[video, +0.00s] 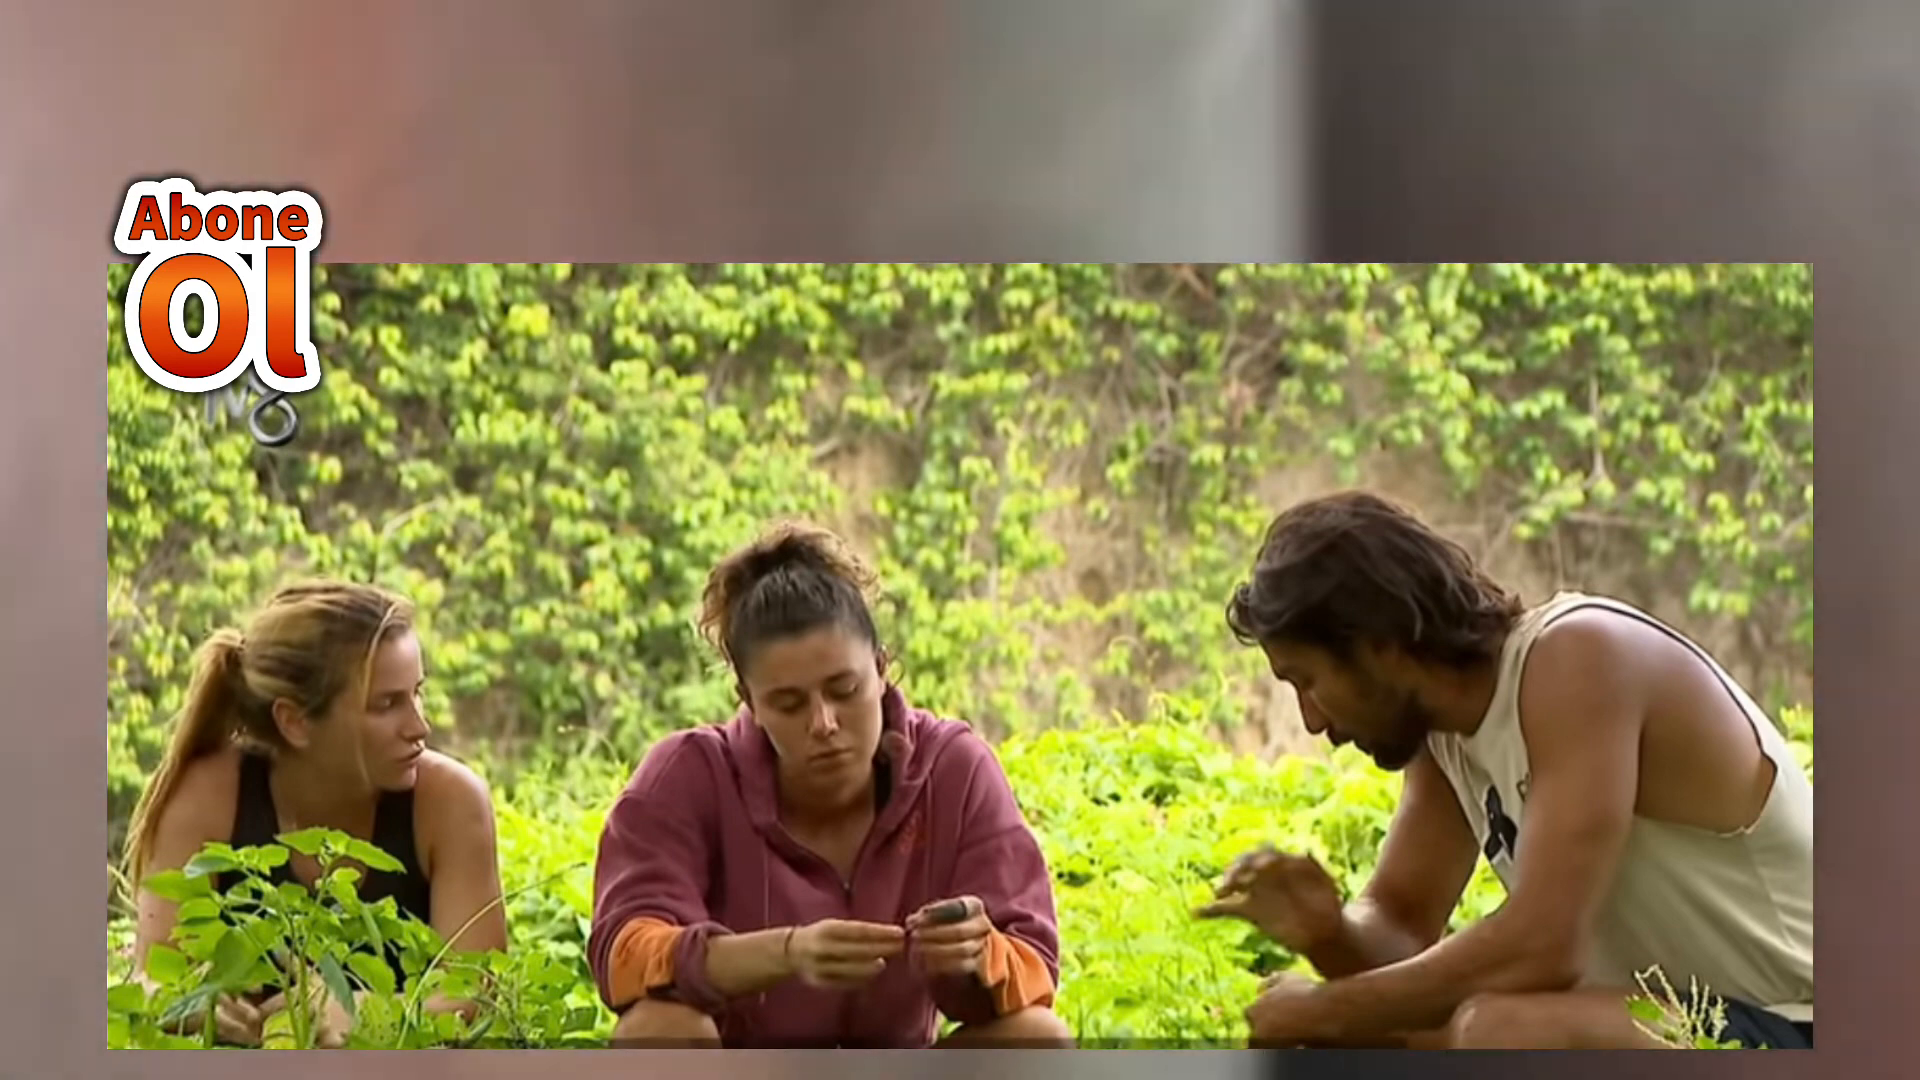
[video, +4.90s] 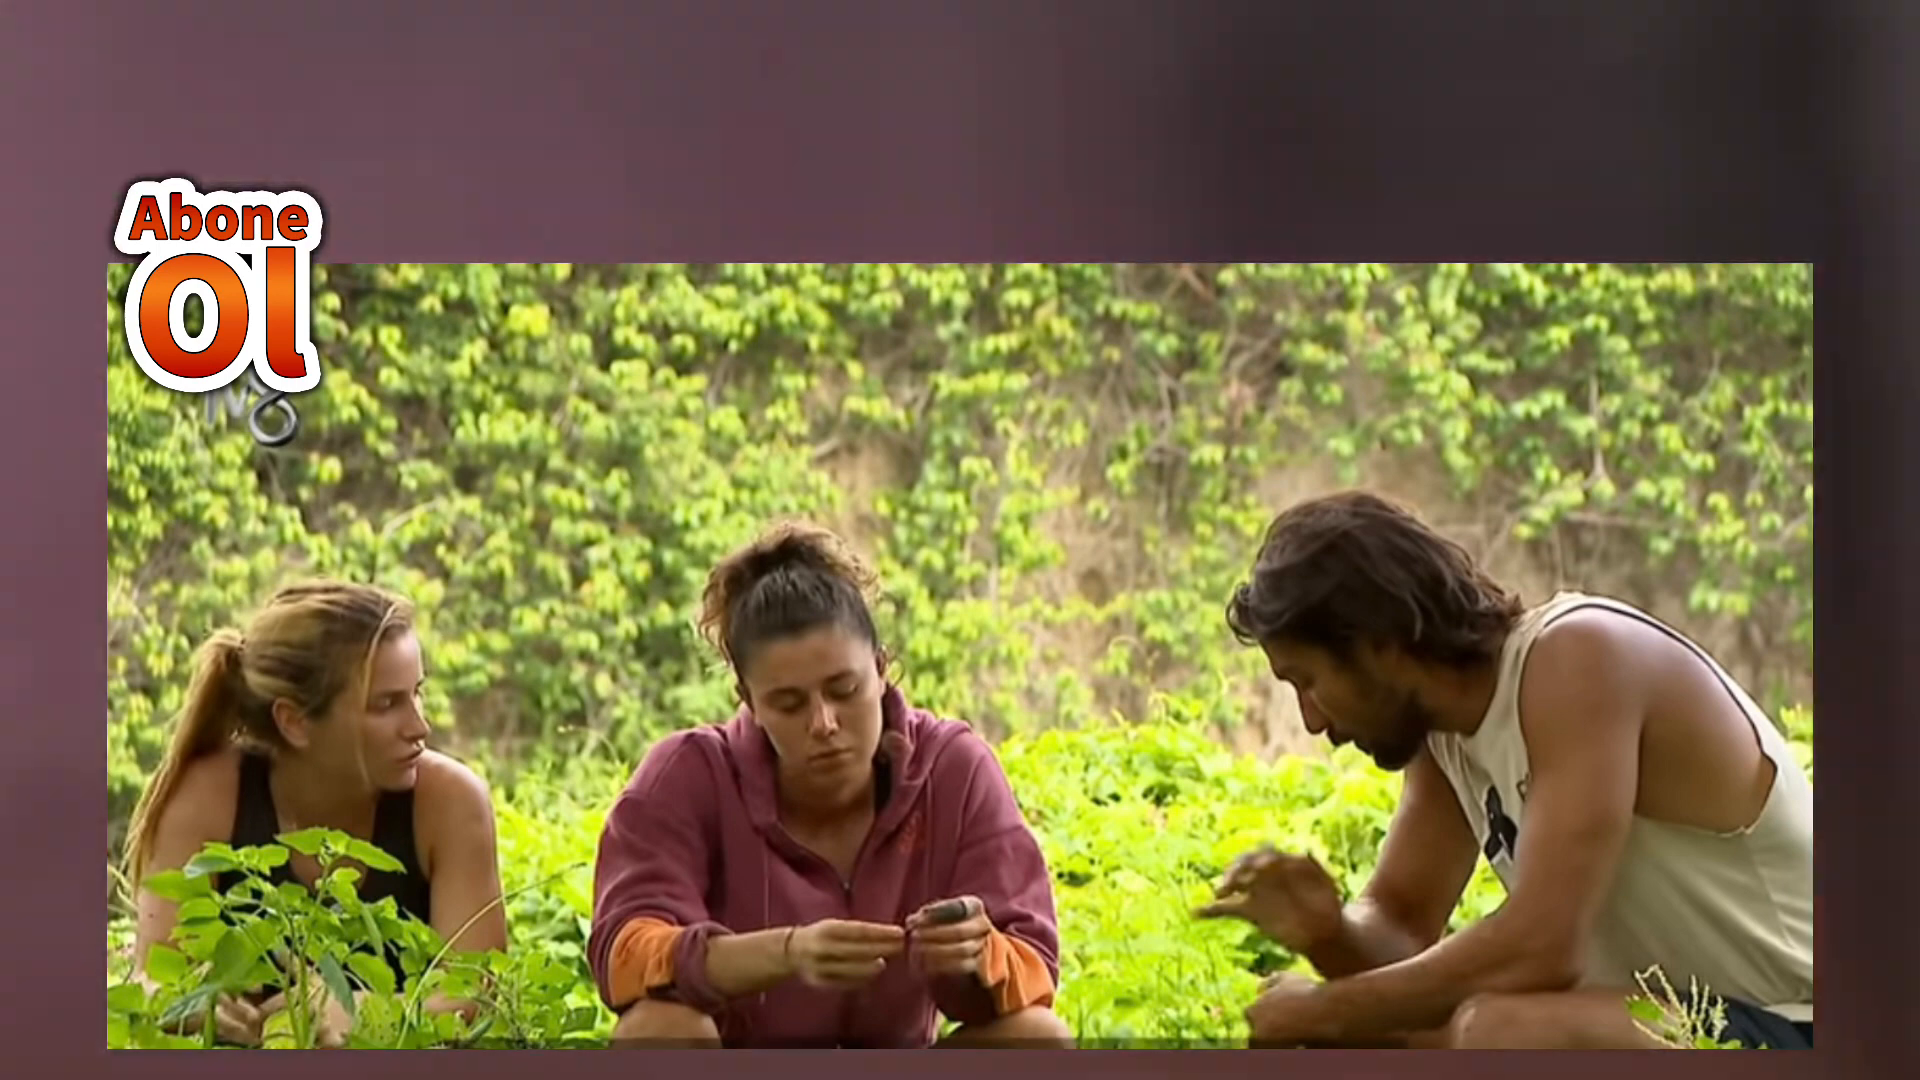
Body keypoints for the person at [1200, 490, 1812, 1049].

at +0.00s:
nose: (1311, 723)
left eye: (1306, 686)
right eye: (1295, 693)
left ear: (1383, 642)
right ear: (1383, 643)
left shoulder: (1584, 656)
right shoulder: (1450, 730)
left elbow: (1539, 950)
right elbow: (1403, 924)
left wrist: (1325, 1015)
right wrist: (1330, 933)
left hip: (1789, 1019)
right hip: (1658, 1003)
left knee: (1501, 1025)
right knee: (1379, 1026)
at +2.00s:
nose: (1312, 724)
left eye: (1306, 687)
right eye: (1296, 693)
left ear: (1383, 644)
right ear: (1383, 644)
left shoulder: (1584, 657)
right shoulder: (1450, 729)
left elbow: (1539, 950)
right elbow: (1403, 927)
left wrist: (1324, 1014)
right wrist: (1330, 932)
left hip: (1790, 1019)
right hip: (1653, 1003)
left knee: (1502, 1027)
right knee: (1377, 1029)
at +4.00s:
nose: (1310, 723)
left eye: (1305, 686)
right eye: (1295, 692)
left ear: (1385, 642)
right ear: (1385, 644)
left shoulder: (1584, 656)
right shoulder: (1451, 732)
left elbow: (1540, 950)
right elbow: (1402, 924)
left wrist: (1324, 1015)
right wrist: (1330, 934)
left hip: (1791, 1012)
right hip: (1656, 1001)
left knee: (1501, 1024)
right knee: (1382, 1027)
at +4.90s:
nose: (1311, 723)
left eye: (1306, 687)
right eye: (1295, 693)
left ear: (1383, 642)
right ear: (1383, 644)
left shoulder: (1584, 656)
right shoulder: (1451, 729)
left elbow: (1539, 950)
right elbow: (1402, 925)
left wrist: (1325, 1014)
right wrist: (1329, 932)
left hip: (1791, 1018)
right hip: (1662, 1003)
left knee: (1503, 1026)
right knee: (1377, 1027)